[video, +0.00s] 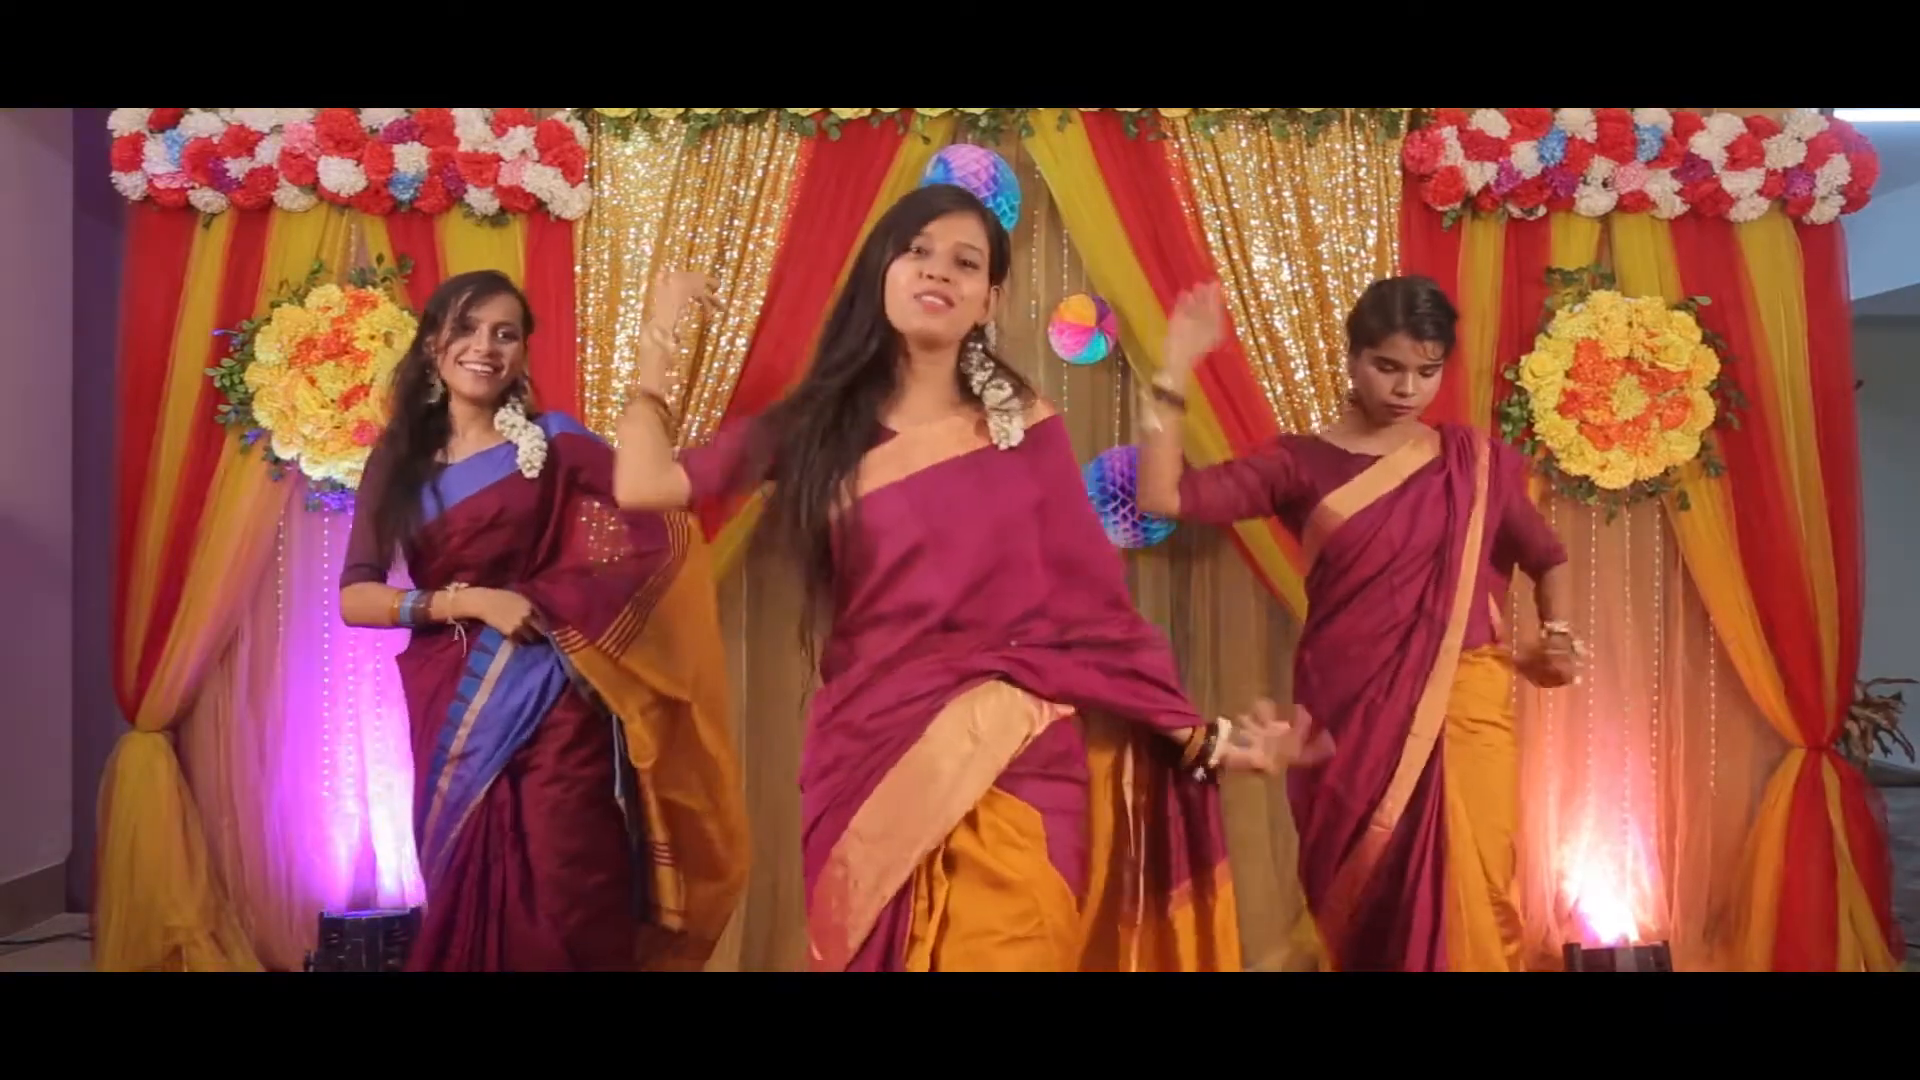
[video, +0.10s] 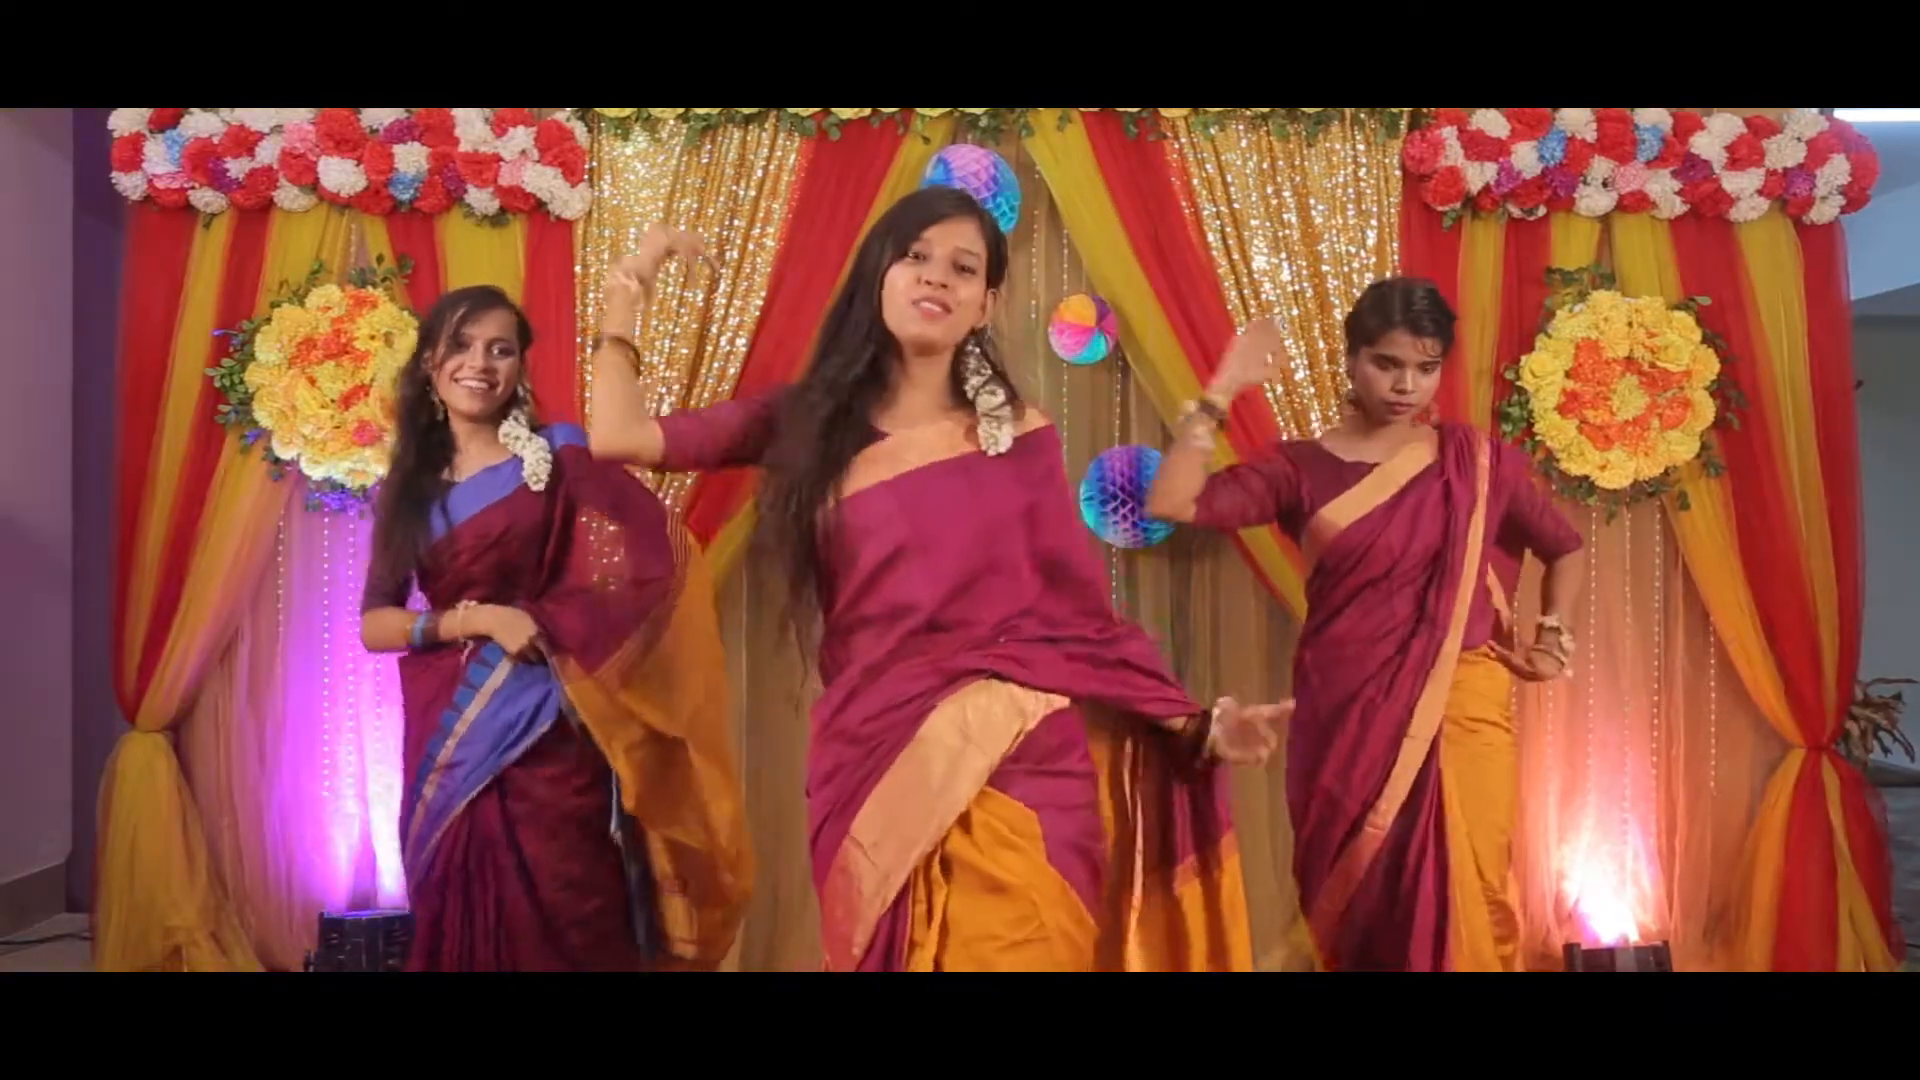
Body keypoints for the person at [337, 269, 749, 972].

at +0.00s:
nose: (486, 347)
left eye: (506, 334)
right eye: (466, 330)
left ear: (524, 355)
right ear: (433, 347)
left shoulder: (554, 441)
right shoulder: (399, 462)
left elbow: (662, 527)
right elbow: (357, 599)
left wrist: (551, 602)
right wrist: (461, 599)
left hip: (555, 691)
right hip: (452, 701)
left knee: (564, 897)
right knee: (469, 898)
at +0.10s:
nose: (479, 364)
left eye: (498, 350)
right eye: (461, 348)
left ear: (521, 371)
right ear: (430, 368)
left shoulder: (558, 451)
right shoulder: (410, 487)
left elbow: (661, 546)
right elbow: (376, 626)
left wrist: (566, 626)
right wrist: (473, 618)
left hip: (550, 715)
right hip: (447, 727)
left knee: (570, 922)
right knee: (461, 923)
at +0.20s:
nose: (477, 376)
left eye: (497, 363)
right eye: (459, 359)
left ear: (519, 382)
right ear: (429, 379)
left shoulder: (558, 458)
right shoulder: (416, 492)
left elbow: (669, 547)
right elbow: (382, 638)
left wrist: (572, 652)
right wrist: (476, 631)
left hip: (537, 735)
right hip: (435, 740)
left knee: (533, 933)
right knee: (435, 931)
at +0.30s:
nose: (482, 357)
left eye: (502, 344)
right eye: (464, 341)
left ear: (524, 367)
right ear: (433, 361)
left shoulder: (557, 446)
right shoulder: (411, 479)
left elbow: (673, 539)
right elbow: (377, 615)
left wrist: (596, 634)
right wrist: (466, 613)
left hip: (541, 715)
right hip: (441, 721)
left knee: (524, 920)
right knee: (441, 916)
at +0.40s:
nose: (492, 340)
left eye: (513, 326)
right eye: (473, 322)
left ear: (534, 348)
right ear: (443, 341)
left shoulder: (558, 438)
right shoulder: (411, 459)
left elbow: (670, 528)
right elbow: (358, 584)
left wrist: (570, 603)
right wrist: (449, 590)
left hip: (551, 697)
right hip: (451, 705)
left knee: (548, 909)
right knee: (459, 902)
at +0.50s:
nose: (494, 342)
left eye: (514, 329)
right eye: (476, 325)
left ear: (535, 351)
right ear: (445, 341)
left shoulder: (559, 441)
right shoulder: (408, 453)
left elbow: (671, 526)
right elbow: (349, 583)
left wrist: (565, 591)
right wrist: (448, 589)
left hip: (555, 692)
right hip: (451, 701)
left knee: (571, 898)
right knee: (478, 898)